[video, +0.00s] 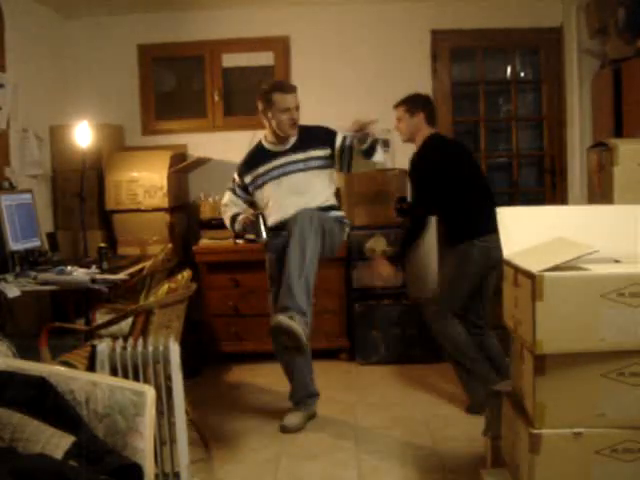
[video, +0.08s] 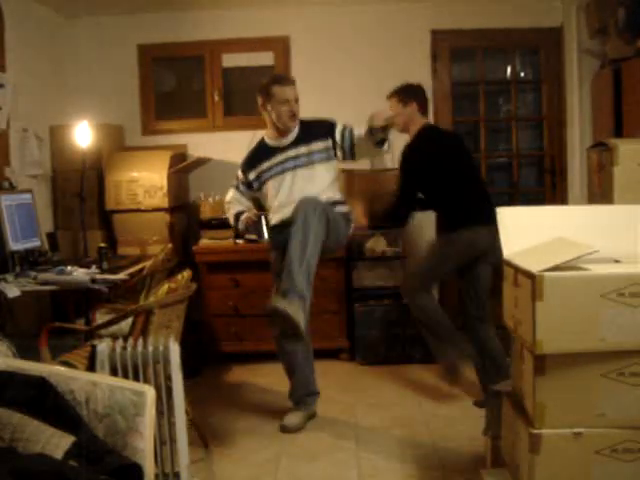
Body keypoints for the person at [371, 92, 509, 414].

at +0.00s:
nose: (396, 126)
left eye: (400, 119)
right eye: (396, 120)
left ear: (419, 118)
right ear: (423, 119)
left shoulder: (424, 159)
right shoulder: (454, 147)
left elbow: (420, 217)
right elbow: (451, 200)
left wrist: (397, 256)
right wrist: (411, 208)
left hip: (464, 247)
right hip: (490, 242)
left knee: (441, 312)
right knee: (476, 321)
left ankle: (488, 380)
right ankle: (500, 386)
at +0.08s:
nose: (392, 117)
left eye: (395, 110)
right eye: (392, 110)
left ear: (414, 108)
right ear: (419, 110)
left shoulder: (415, 150)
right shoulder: (452, 139)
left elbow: (404, 207)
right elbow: (452, 193)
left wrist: (373, 224)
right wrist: (412, 202)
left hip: (458, 236)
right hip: (487, 233)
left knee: (415, 287)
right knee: (477, 313)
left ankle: (453, 353)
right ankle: (497, 381)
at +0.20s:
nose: (374, 111)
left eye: (378, 103)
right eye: (374, 104)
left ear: (397, 101)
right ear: (407, 102)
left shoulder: (390, 142)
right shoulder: (436, 130)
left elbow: (372, 184)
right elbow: (437, 179)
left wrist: (354, 152)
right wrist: (401, 193)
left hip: (438, 222)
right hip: (472, 221)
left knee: (394, 253)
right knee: (445, 296)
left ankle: (408, 322)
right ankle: (460, 370)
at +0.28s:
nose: (370, 107)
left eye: (372, 102)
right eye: (370, 101)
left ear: (380, 104)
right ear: (407, 103)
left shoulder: (387, 143)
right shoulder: (434, 132)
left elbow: (366, 175)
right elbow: (439, 174)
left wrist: (354, 146)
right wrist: (397, 192)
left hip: (434, 224)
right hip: (468, 222)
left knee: (393, 259)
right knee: (435, 296)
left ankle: (403, 331)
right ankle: (439, 375)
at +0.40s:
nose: (365, 128)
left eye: (366, 122)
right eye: (367, 121)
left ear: (370, 126)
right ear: (396, 120)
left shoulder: (374, 157)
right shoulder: (425, 147)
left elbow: (381, 200)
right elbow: (449, 191)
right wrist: (432, 212)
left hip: (407, 241)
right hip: (441, 238)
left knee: (383, 304)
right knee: (415, 308)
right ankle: (417, 379)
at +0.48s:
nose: (350, 120)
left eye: (354, 113)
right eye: (350, 113)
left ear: (371, 114)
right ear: (382, 113)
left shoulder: (365, 156)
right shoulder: (412, 147)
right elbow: (435, 188)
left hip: (394, 240)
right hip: (427, 238)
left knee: (362, 283)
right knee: (405, 306)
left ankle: (373, 359)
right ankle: (415, 378)